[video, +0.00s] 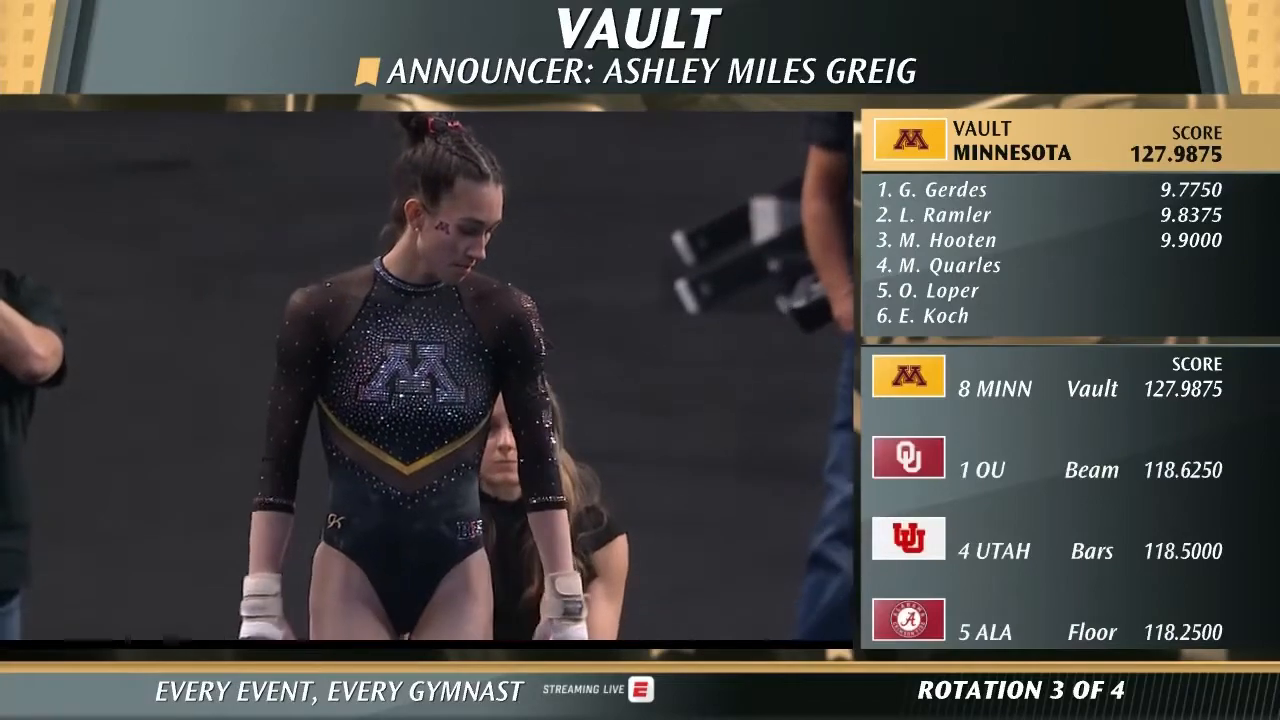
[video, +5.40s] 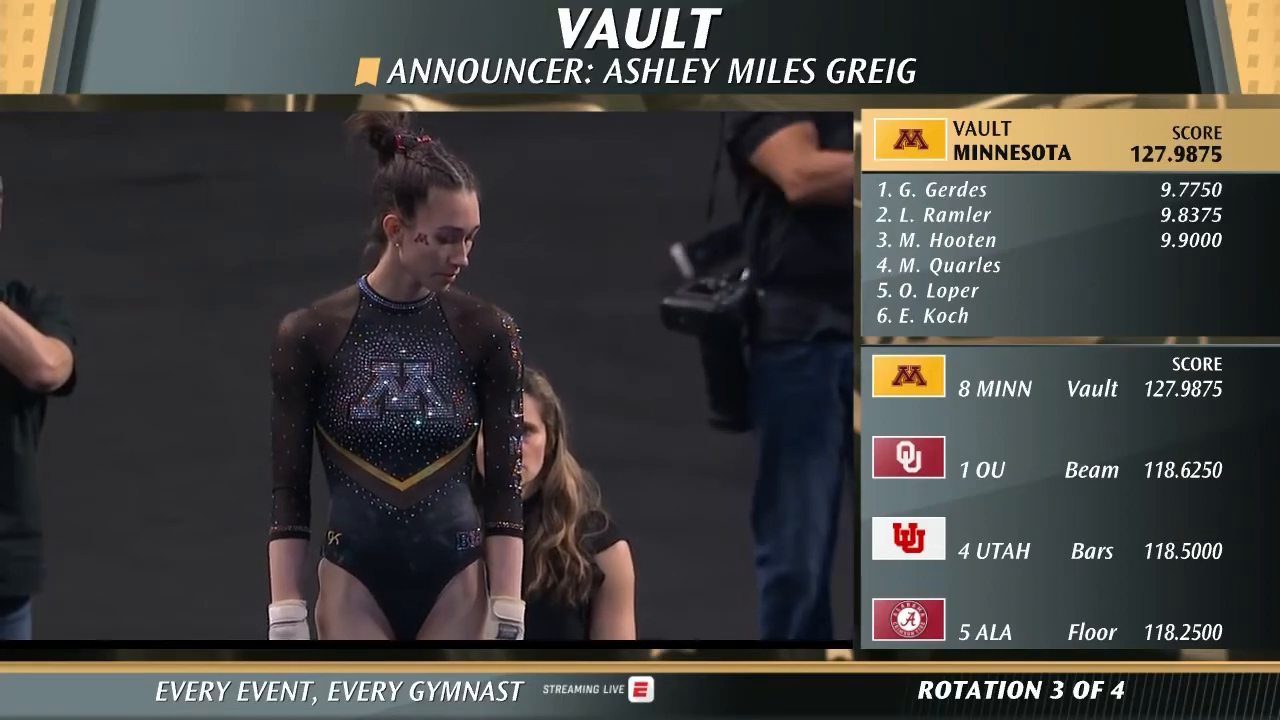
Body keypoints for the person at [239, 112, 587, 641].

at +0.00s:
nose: (481, 250)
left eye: (490, 231)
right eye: (468, 230)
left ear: (497, 220)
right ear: (414, 213)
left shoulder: (503, 316)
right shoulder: (320, 312)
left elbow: (538, 460)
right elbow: (279, 462)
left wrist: (566, 600)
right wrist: (259, 605)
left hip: (458, 568)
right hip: (350, 565)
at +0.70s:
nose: (469, 241)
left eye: (477, 224)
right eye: (456, 222)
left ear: (483, 215)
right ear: (404, 208)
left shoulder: (492, 311)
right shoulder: (312, 309)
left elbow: (507, 464)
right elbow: (288, 463)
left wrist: (500, 610)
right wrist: (292, 609)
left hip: (460, 558)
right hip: (348, 555)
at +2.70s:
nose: (468, 255)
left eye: (476, 238)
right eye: (454, 237)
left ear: (482, 228)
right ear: (401, 224)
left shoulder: (494, 325)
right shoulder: (314, 329)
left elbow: (529, 474)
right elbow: (278, 485)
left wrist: (561, 611)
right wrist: (241, 616)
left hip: (462, 575)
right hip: (354, 573)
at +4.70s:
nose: (462, 255)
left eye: (469, 237)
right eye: (446, 238)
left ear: (475, 226)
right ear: (392, 227)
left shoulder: (484, 331)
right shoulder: (306, 333)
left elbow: (505, 484)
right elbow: (283, 487)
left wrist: (517, 622)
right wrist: (272, 624)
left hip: (456, 574)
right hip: (348, 573)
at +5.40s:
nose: (464, 255)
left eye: (471, 237)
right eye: (448, 239)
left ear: (476, 225)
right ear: (394, 228)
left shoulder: (486, 331)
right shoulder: (309, 333)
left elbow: (502, 481)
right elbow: (289, 486)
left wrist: (507, 619)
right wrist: (286, 620)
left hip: (458, 574)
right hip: (351, 573)